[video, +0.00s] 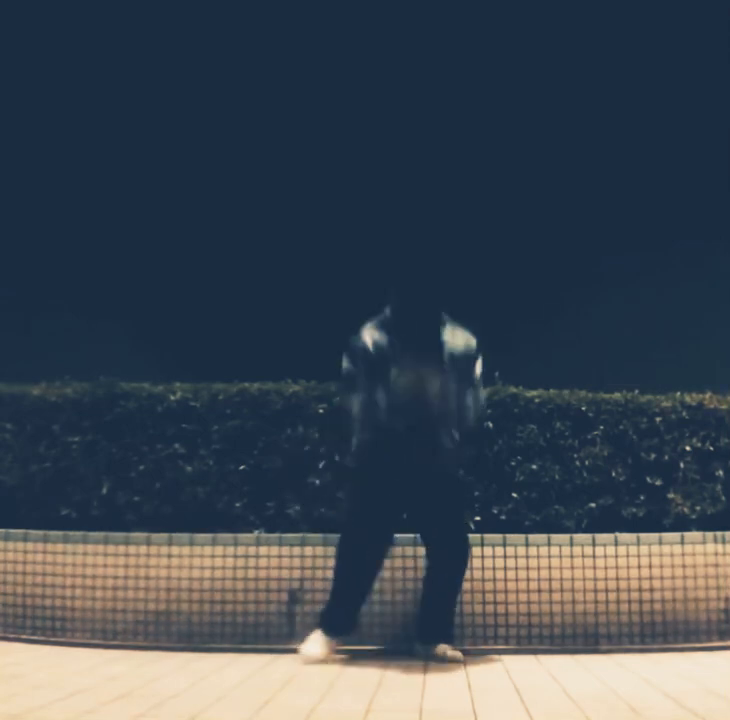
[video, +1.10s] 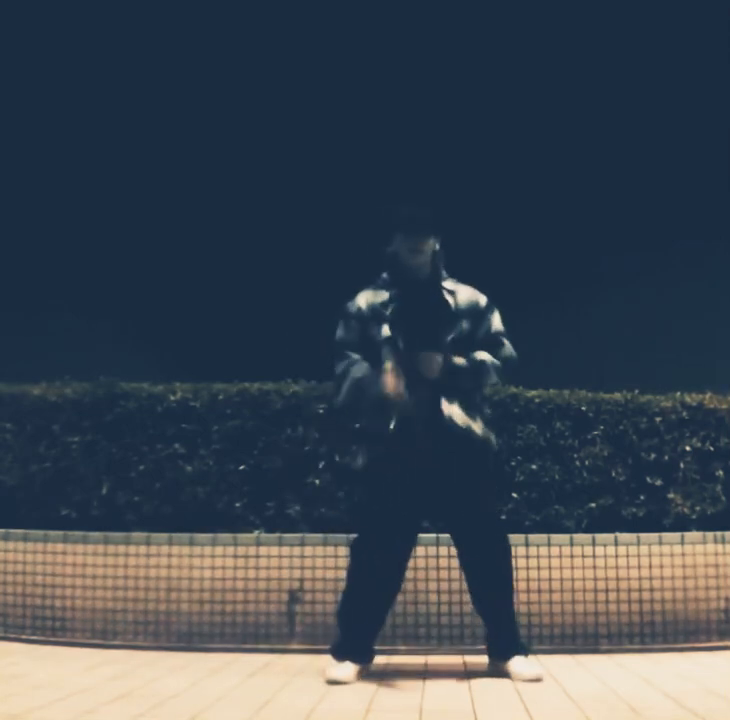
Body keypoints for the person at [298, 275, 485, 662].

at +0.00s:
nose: (418, 314)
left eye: (426, 304)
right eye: (409, 303)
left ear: (437, 303)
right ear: (395, 301)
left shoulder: (460, 345)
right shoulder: (370, 343)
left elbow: (470, 414)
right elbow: (354, 409)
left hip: (437, 465)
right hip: (379, 463)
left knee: (451, 547)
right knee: (361, 544)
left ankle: (434, 637)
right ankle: (332, 629)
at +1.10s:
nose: (416, 259)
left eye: (423, 249)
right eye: (407, 250)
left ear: (438, 249)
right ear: (391, 252)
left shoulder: (472, 303)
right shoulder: (366, 307)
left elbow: (502, 363)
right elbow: (341, 369)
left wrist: (448, 367)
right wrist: (378, 384)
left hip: (462, 449)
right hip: (393, 450)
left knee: (485, 546)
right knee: (378, 548)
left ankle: (508, 650)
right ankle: (351, 652)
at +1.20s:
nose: (418, 262)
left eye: (426, 253)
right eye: (409, 253)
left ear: (440, 255)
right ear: (393, 257)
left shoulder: (471, 305)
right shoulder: (370, 308)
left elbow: (497, 362)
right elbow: (351, 374)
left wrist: (456, 404)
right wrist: (391, 339)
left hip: (462, 454)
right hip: (399, 454)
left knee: (487, 548)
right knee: (389, 549)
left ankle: (521, 651)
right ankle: (341, 652)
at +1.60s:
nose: (414, 277)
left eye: (422, 272)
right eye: (406, 272)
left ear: (436, 285)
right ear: (391, 283)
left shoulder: (468, 320)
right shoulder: (368, 312)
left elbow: (513, 362)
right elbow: (344, 326)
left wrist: (447, 352)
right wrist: (395, 293)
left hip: (461, 480)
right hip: (380, 479)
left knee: (525, 548)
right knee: (330, 557)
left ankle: (548, 656)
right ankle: (307, 657)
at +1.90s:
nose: (422, 260)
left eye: (433, 250)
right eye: (413, 249)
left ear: (447, 245)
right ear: (399, 243)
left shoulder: (468, 275)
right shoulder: (379, 270)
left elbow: (510, 309)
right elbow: (334, 275)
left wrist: (438, 321)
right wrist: (377, 305)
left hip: (462, 430)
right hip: (389, 429)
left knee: (488, 527)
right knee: (359, 523)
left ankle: (501, 638)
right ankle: (355, 635)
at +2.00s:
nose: (424, 267)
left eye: (433, 258)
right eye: (416, 258)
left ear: (448, 257)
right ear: (401, 254)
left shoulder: (469, 305)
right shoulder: (370, 292)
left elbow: (476, 375)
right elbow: (356, 350)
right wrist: (382, 384)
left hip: (453, 446)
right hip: (391, 445)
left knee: (457, 544)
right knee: (386, 542)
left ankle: (467, 646)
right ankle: (377, 647)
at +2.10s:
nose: (423, 264)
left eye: (433, 255)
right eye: (415, 255)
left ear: (448, 255)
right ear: (401, 252)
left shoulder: (470, 307)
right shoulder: (371, 294)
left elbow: (480, 376)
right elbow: (359, 364)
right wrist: (378, 410)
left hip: (456, 447)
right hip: (388, 445)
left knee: (470, 539)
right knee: (375, 539)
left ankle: (471, 644)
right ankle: (373, 645)